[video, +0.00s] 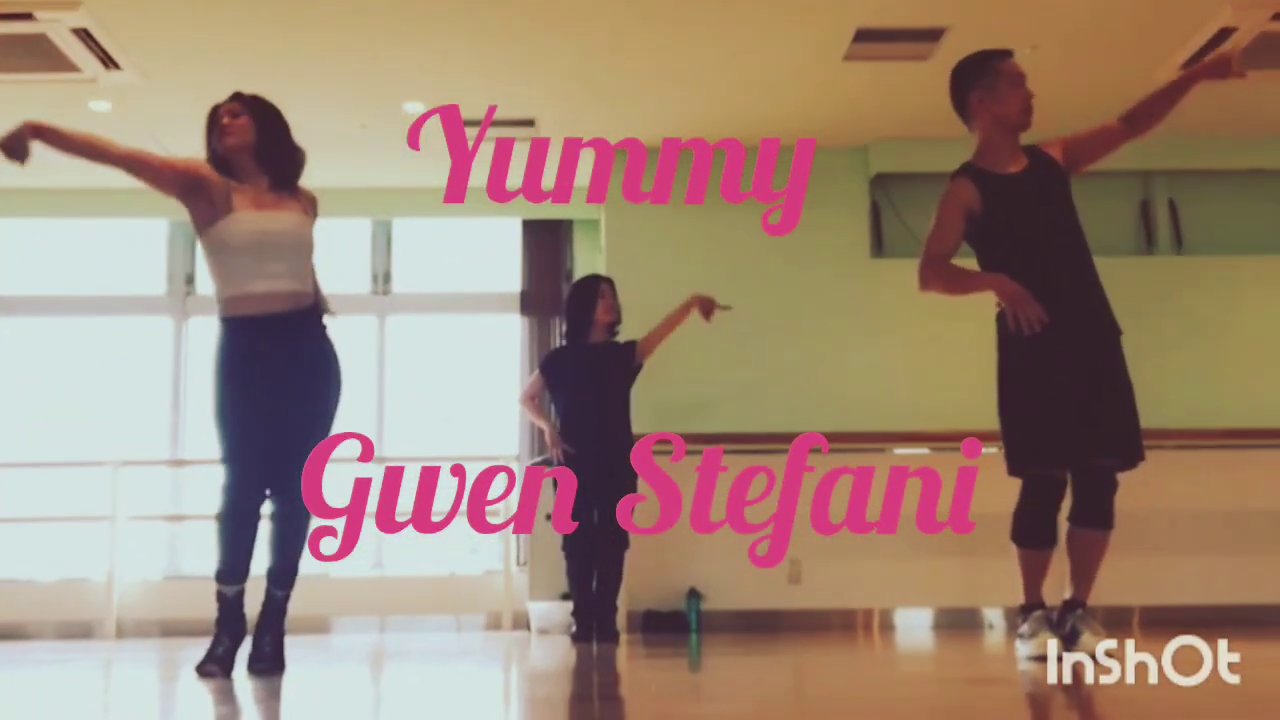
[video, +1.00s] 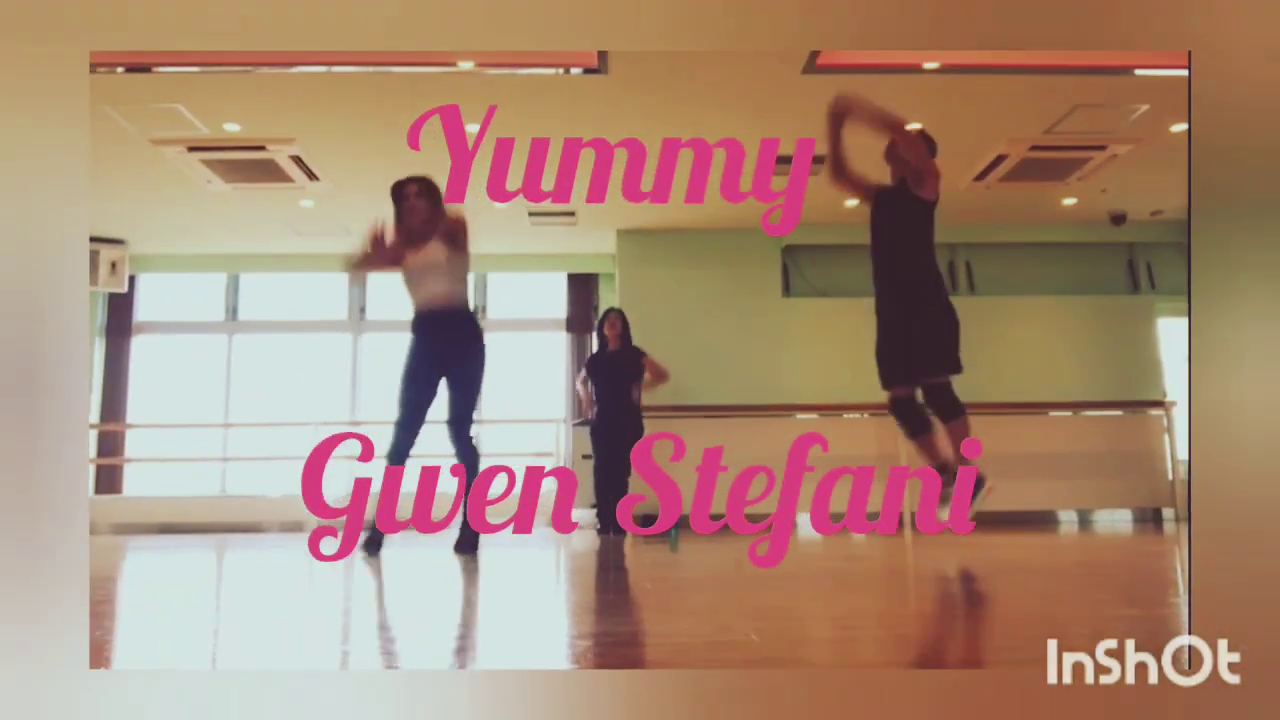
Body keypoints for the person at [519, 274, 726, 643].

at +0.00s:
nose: (612, 304)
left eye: (613, 298)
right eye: (603, 298)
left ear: (615, 305)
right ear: (584, 306)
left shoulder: (624, 354)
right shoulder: (560, 359)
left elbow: (661, 332)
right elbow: (527, 399)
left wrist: (693, 302)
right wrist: (548, 428)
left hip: (617, 460)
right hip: (576, 461)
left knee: (612, 545)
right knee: (578, 545)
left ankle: (606, 621)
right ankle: (583, 621)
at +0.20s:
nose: (615, 305)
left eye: (616, 299)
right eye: (606, 299)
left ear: (618, 306)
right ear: (587, 306)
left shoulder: (624, 353)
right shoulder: (564, 355)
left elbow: (656, 330)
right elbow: (534, 392)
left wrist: (683, 292)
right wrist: (552, 422)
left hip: (618, 455)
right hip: (579, 455)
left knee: (613, 538)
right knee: (581, 538)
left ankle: (607, 611)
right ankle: (585, 612)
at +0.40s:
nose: (614, 304)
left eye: (616, 299)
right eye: (606, 299)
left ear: (621, 306)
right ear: (590, 306)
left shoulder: (628, 347)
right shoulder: (571, 349)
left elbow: (672, 345)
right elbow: (543, 382)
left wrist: (678, 310)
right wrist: (560, 410)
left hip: (620, 441)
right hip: (583, 441)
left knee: (616, 514)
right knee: (588, 516)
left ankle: (611, 581)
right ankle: (590, 584)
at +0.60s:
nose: (610, 303)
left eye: (614, 298)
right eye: (604, 298)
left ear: (621, 304)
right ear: (593, 304)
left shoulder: (630, 339)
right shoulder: (581, 341)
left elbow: (658, 366)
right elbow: (560, 371)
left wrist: (663, 360)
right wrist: (572, 397)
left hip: (622, 423)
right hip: (590, 422)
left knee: (619, 490)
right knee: (595, 490)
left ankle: (616, 548)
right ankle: (597, 548)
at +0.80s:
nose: (611, 311)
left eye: (615, 306)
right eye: (606, 307)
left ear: (623, 311)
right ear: (598, 312)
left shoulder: (633, 340)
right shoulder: (590, 343)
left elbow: (657, 366)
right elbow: (574, 371)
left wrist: (644, 390)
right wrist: (579, 393)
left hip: (624, 413)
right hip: (597, 413)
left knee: (619, 474)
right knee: (600, 473)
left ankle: (618, 528)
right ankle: (602, 527)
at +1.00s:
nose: (614, 326)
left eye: (618, 323)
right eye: (610, 323)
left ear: (625, 327)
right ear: (602, 328)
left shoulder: (635, 354)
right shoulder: (595, 359)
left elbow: (661, 375)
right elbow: (580, 382)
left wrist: (642, 388)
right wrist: (588, 403)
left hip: (628, 418)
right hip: (603, 418)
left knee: (621, 472)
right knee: (603, 471)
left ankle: (619, 522)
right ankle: (604, 524)